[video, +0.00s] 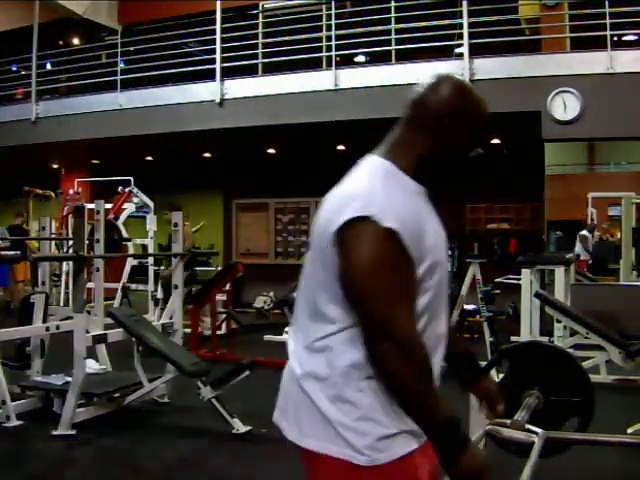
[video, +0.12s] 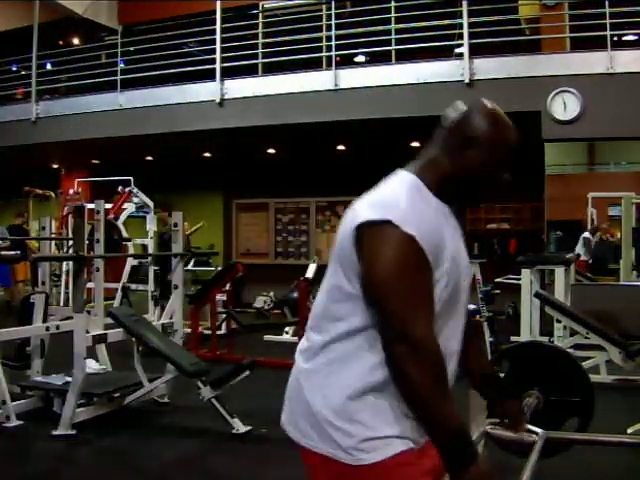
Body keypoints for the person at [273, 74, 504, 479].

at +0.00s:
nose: (468, 156)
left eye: (473, 143)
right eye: (469, 142)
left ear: (416, 116)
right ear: (446, 133)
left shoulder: (395, 190)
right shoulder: (374, 204)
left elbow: (422, 311)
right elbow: (392, 345)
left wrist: (475, 379)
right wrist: (452, 445)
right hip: (360, 435)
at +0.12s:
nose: (499, 179)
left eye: (502, 166)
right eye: (497, 163)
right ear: (467, 150)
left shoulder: (436, 213)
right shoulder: (395, 214)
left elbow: (460, 323)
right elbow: (409, 348)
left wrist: (498, 397)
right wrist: (462, 458)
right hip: (354, 427)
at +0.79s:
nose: (504, 203)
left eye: (513, 195)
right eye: (500, 187)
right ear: (470, 163)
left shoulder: (475, 239)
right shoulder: (402, 230)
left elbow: (471, 328)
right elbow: (407, 357)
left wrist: (487, 409)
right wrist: (446, 460)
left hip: (407, 399)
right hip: (349, 403)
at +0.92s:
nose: (507, 201)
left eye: (516, 193)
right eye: (502, 184)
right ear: (472, 160)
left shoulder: (475, 238)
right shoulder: (405, 229)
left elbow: (468, 325)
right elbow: (404, 356)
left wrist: (481, 408)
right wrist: (439, 461)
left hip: (408, 397)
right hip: (351, 403)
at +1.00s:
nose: (524, 208)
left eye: (530, 197)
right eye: (524, 192)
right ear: (500, 176)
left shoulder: (477, 235)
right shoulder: (410, 231)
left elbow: (467, 328)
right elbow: (405, 356)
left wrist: (479, 411)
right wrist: (439, 462)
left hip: (410, 396)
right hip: (352, 402)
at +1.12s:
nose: (541, 219)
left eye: (547, 209)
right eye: (543, 207)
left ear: (507, 178)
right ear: (520, 189)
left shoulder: (484, 237)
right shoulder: (420, 231)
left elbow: (467, 332)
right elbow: (406, 352)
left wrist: (476, 410)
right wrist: (436, 461)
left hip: (412, 399)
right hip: (355, 400)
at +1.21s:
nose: (545, 228)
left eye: (554, 218)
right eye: (550, 215)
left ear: (515, 181)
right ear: (531, 198)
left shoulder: (488, 236)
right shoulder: (430, 233)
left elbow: (466, 336)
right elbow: (412, 355)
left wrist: (478, 412)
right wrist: (437, 462)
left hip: (407, 393)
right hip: (356, 398)